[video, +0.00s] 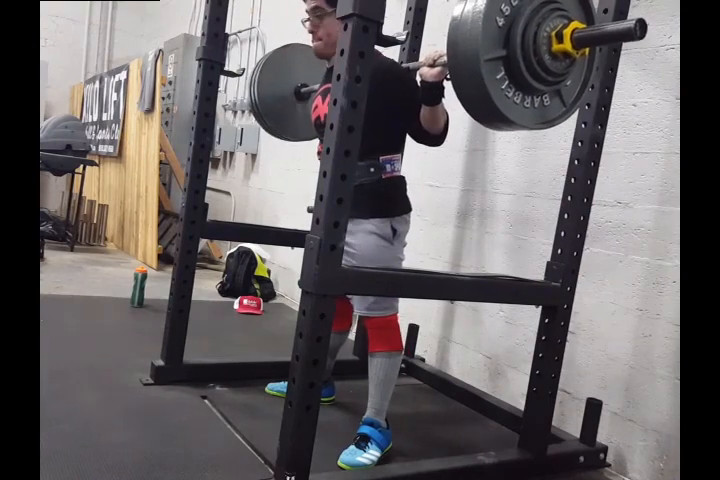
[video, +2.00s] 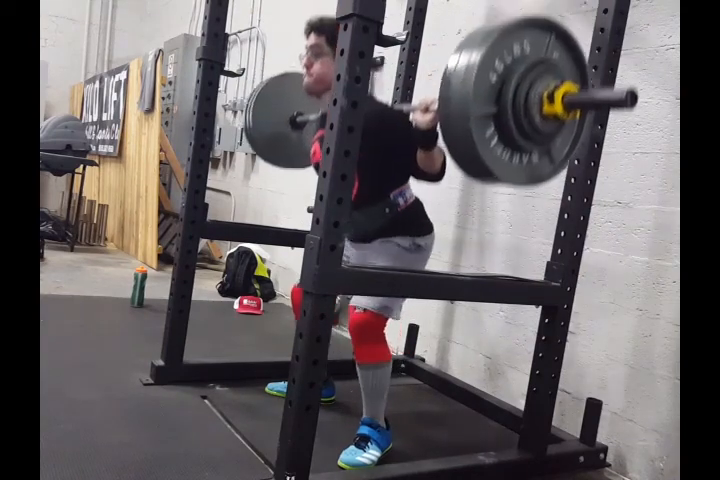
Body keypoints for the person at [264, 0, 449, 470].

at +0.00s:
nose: (310, 31)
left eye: (317, 20)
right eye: (307, 22)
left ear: (348, 19)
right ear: (320, 25)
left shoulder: (387, 74)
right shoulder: (329, 78)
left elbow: (433, 135)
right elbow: (328, 139)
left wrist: (431, 87)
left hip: (377, 215)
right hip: (331, 212)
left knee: (377, 311)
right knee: (327, 301)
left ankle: (375, 424)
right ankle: (317, 379)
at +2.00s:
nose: (305, 63)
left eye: (316, 55)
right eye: (305, 54)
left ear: (345, 63)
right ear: (310, 62)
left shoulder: (378, 118)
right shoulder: (324, 120)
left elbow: (433, 171)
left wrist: (425, 132)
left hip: (400, 234)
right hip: (350, 232)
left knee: (364, 323)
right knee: (304, 296)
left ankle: (374, 428)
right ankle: (315, 381)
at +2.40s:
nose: (288, 124)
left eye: (298, 116)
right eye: (288, 115)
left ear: (329, 124)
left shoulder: (368, 175)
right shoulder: (312, 175)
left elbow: (420, 221)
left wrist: (412, 189)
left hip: (404, 267)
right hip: (352, 266)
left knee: (355, 328)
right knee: (291, 300)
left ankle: (374, 430)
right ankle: (316, 382)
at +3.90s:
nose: (281, 142)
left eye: (290, 132)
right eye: (280, 132)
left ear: (321, 137)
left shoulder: (360, 180)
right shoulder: (316, 187)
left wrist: (408, 174)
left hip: (413, 253)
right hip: (366, 256)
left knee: (359, 319)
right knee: (305, 298)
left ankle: (373, 428)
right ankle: (316, 380)